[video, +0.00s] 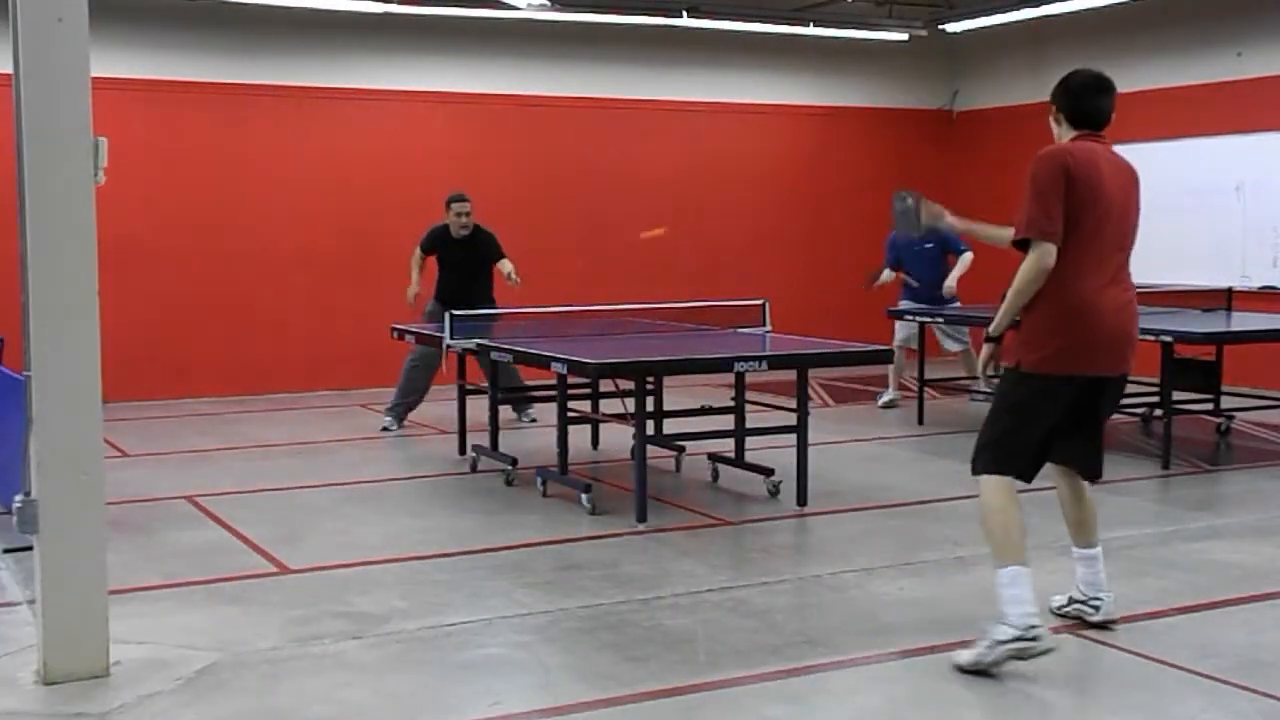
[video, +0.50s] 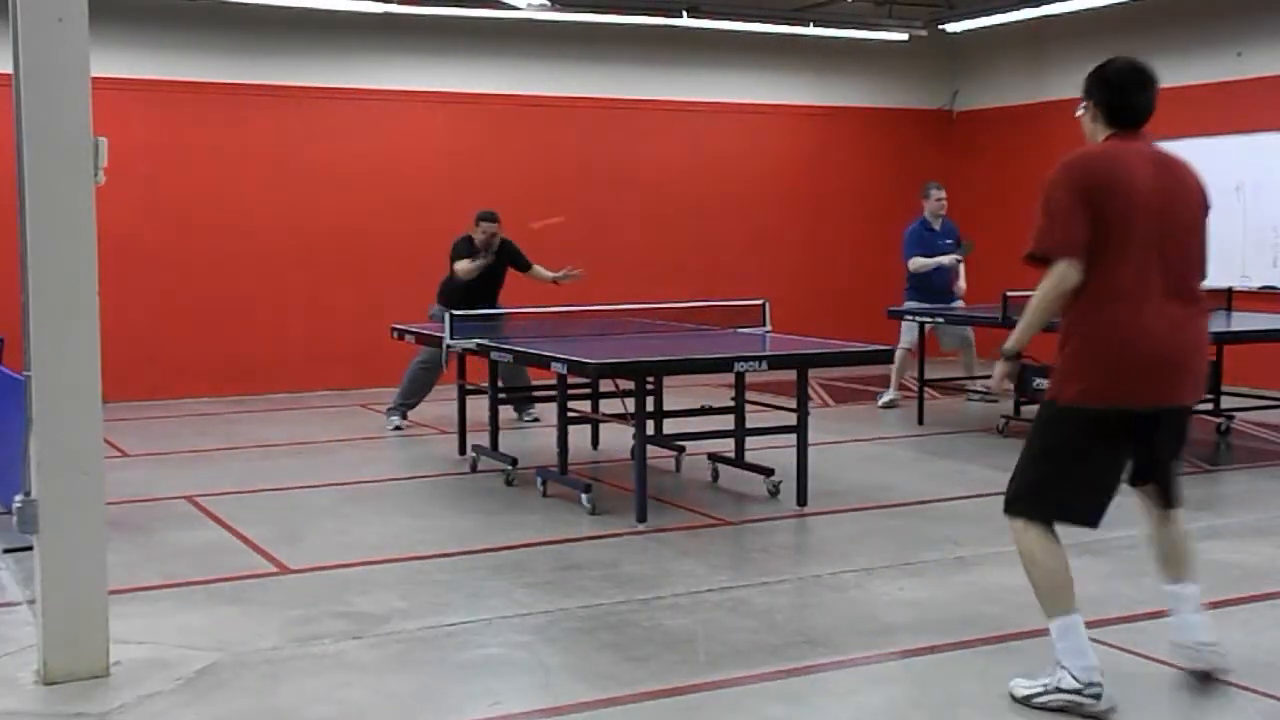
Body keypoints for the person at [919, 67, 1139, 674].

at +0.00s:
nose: (1048, 121)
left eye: (1049, 113)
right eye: (1052, 114)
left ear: (1056, 116)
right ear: (1107, 119)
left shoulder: (1054, 162)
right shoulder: (1123, 171)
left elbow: (1042, 258)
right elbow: (1040, 238)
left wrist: (995, 331)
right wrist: (958, 227)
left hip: (1055, 342)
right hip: (1113, 344)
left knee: (994, 468)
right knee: (1068, 463)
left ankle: (1016, 620)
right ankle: (1093, 593)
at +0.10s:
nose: (1051, 126)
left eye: (1052, 118)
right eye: (1054, 118)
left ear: (1060, 121)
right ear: (1111, 124)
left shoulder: (1061, 174)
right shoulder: (1130, 180)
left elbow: (1039, 271)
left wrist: (991, 337)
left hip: (1062, 359)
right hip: (1118, 361)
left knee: (1001, 485)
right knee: (1067, 473)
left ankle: (1045, 626)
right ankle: (1092, 594)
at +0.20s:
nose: (1050, 132)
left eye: (1051, 124)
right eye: (1053, 123)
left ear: (1062, 128)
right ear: (1112, 131)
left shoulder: (1064, 186)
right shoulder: (1139, 191)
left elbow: (1036, 289)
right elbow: (1134, 282)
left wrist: (985, 345)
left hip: (1066, 372)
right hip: (1122, 373)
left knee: (1013, 503)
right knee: (1073, 484)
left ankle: (1070, 646)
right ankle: (1093, 596)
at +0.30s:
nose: (1050, 134)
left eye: (1051, 126)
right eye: (1054, 124)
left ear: (1062, 130)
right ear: (1114, 130)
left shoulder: (1058, 188)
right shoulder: (1150, 193)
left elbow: (1029, 292)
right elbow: (1159, 288)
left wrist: (985, 358)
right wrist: (1107, 323)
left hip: (1073, 380)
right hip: (1141, 379)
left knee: (1020, 519)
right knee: (1097, 483)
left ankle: (1080, 670)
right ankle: (1098, 599)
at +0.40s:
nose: (1060, 132)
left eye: (1061, 123)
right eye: (1064, 122)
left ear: (1072, 127)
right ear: (1126, 128)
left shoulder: (1061, 188)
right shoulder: (1166, 192)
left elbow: (1032, 291)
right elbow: (1182, 291)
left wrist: (993, 358)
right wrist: (1137, 336)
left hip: (1081, 384)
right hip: (1157, 383)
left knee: (1022, 524)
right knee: (1125, 491)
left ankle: (1078, 672)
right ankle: (1128, 614)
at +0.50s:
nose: (1078, 115)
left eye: (1080, 107)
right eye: (1082, 105)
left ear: (1092, 112)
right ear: (1147, 113)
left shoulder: (1081, 169)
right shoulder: (1184, 176)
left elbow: (1065, 270)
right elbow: (1189, 283)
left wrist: (1010, 352)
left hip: (1100, 374)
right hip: (1178, 375)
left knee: (1029, 511)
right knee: (1159, 491)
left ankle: (1077, 672)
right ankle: (1194, 638)